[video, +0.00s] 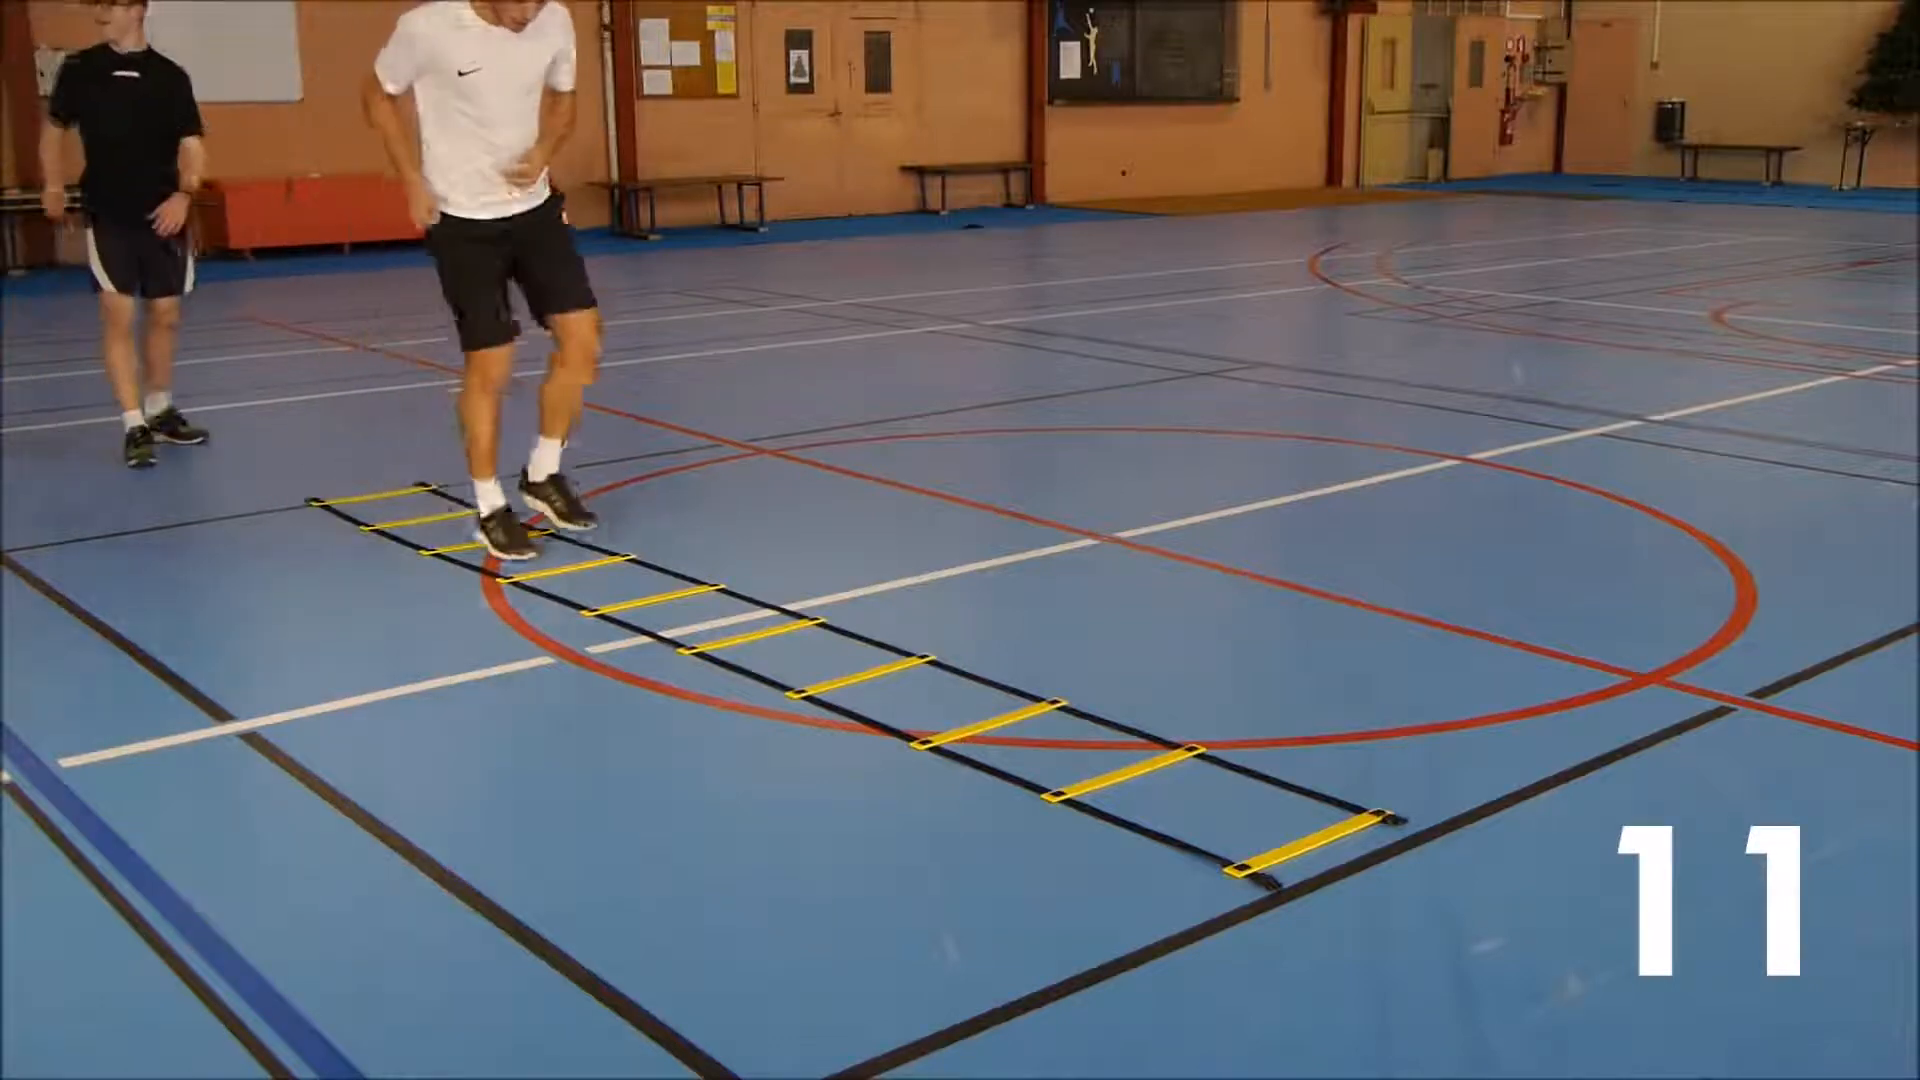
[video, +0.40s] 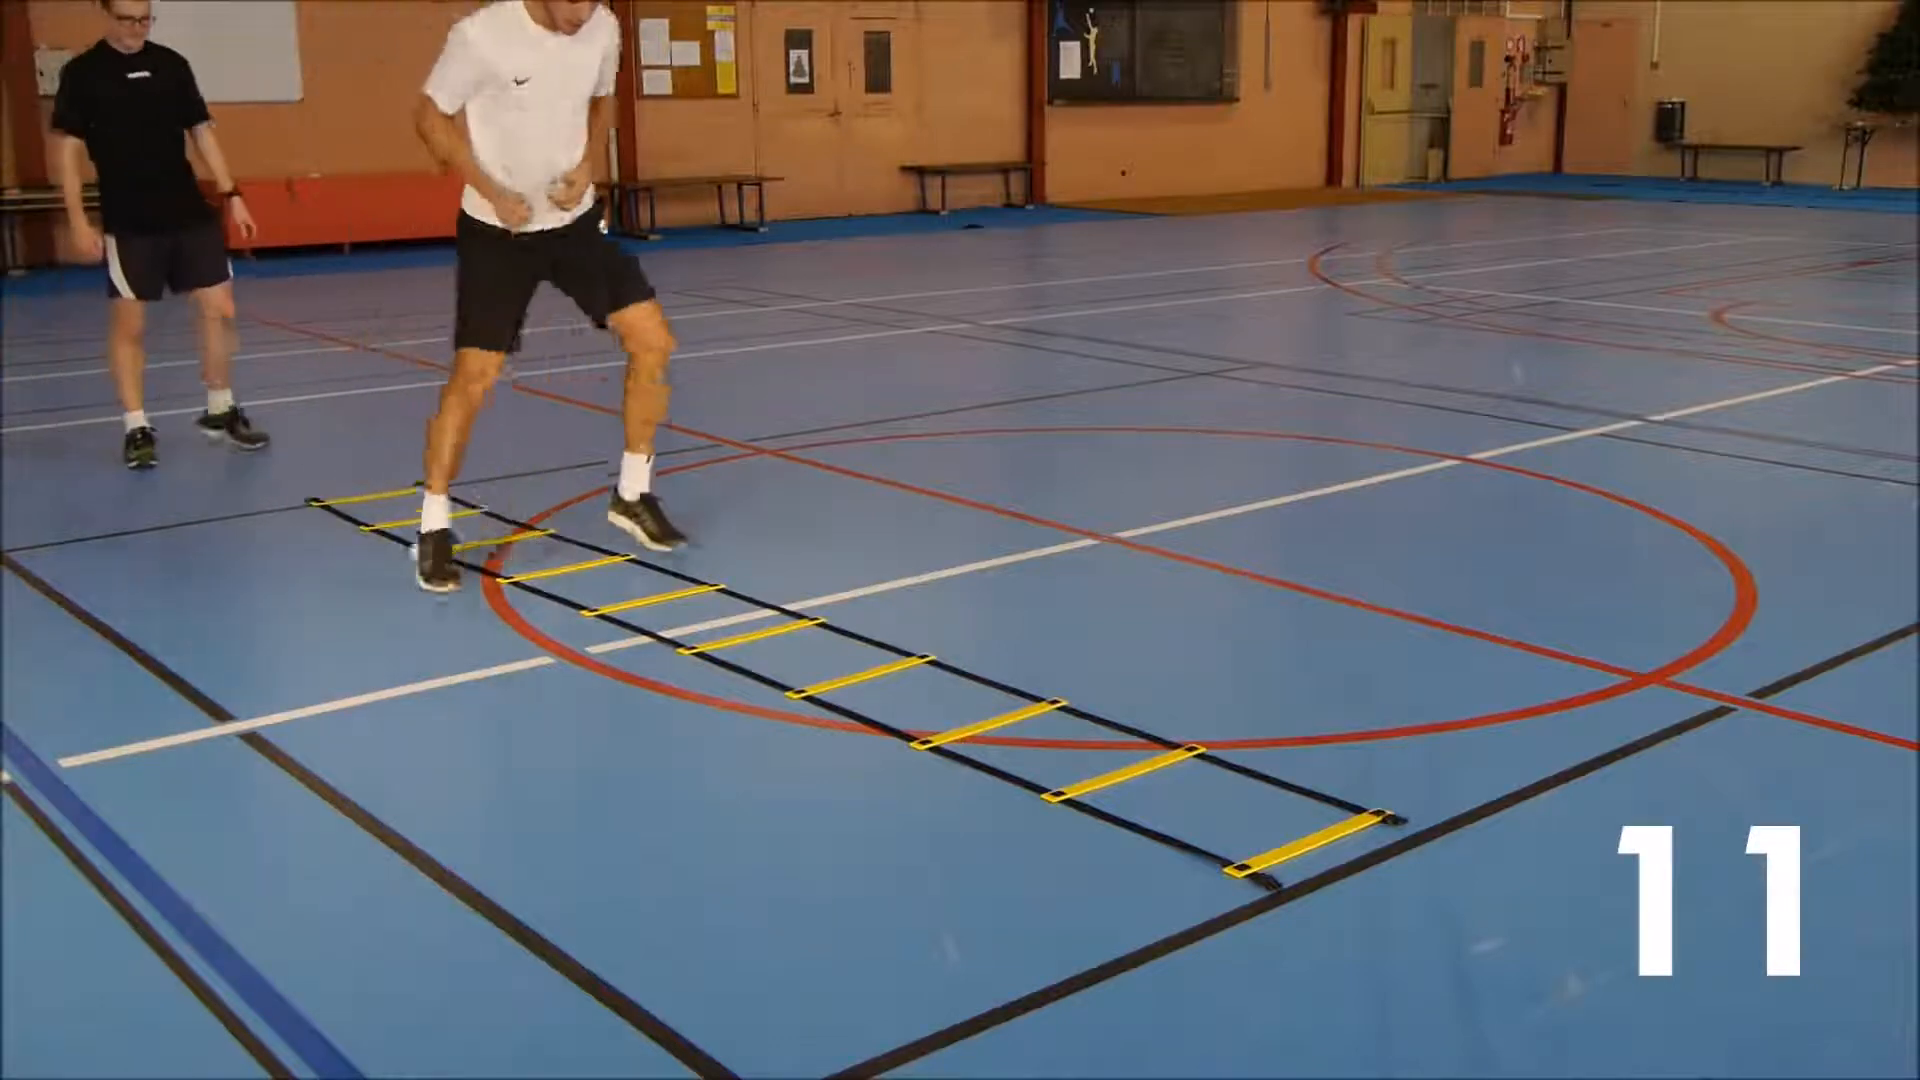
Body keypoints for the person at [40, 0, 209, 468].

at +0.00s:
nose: (100, 13)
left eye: (111, 5)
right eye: (98, 5)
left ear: (139, 11)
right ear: (96, 11)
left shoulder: (171, 76)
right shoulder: (79, 69)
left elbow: (191, 144)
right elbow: (54, 129)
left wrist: (184, 196)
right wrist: (54, 184)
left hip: (163, 210)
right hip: (108, 211)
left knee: (167, 315)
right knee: (119, 315)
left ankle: (160, 410)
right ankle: (134, 425)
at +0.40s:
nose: (138, 28)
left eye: (145, 18)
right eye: (127, 19)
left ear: (153, 14)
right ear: (105, 15)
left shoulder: (172, 64)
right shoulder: (82, 74)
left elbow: (203, 133)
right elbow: (67, 149)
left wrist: (232, 197)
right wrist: (78, 222)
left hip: (189, 212)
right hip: (128, 220)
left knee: (220, 309)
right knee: (130, 326)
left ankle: (220, 410)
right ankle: (137, 427)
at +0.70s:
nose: (197, 33)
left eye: (204, 24)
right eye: (187, 23)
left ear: (211, 21)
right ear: (164, 18)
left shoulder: (222, 73)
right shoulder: (134, 72)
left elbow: (242, 145)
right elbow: (112, 146)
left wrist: (262, 209)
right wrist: (120, 213)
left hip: (223, 219)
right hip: (164, 224)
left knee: (240, 319)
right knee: (153, 327)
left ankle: (260, 425)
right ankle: (141, 428)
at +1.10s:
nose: (201, 12)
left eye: (211, 4)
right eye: (201, 5)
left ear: (241, 9)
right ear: (204, 12)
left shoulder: (278, 73)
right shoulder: (182, 63)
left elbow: (301, 148)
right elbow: (163, 139)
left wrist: (307, 215)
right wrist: (172, 207)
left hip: (257, 218)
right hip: (199, 219)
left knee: (257, 323)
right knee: (208, 326)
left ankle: (261, 427)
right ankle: (218, 435)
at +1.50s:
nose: (161, 14)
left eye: (169, 5)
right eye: (160, 7)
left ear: (198, 7)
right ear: (185, 14)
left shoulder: (257, 62)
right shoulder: (165, 74)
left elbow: (291, 140)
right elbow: (156, 152)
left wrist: (285, 209)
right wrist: (144, 167)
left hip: (273, 215)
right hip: (214, 223)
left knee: (310, 319)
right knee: (225, 332)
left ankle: (295, 402)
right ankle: (241, 438)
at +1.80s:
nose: (230, 24)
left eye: (238, 16)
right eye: (220, 17)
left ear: (250, 13)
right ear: (203, 14)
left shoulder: (281, 66)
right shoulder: (183, 70)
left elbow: (303, 148)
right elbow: (171, 153)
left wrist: (293, 215)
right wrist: (161, 132)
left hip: (284, 218)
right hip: (223, 225)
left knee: (314, 329)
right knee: (230, 334)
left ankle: (338, 439)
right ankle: (241, 439)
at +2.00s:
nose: (280, 29)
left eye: (289, 20)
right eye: (270, 19)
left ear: (298, 16)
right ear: (249, 13)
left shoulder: (315, 69)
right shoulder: (215, 66)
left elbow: (330, 148)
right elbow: (192, 136)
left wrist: (314, 209)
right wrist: (199, 189)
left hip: (304, 221)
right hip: (242, 225)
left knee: (322, 334)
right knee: (240, 336)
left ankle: (336, 442)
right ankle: (244, 439)